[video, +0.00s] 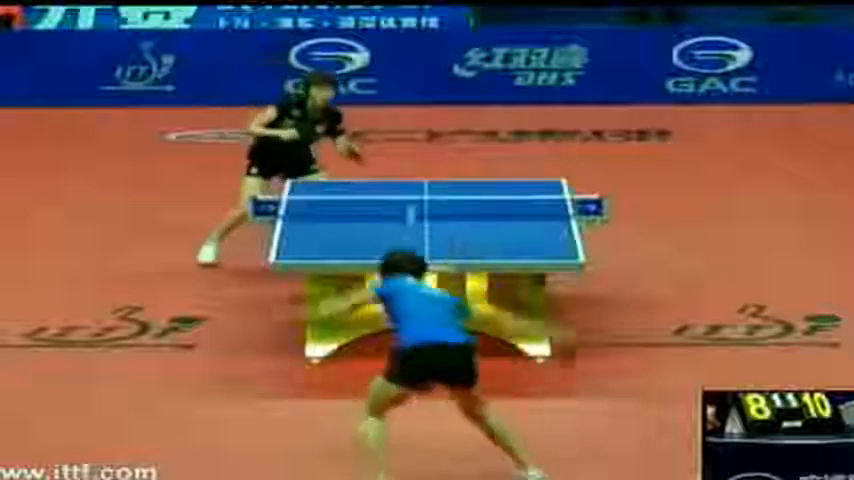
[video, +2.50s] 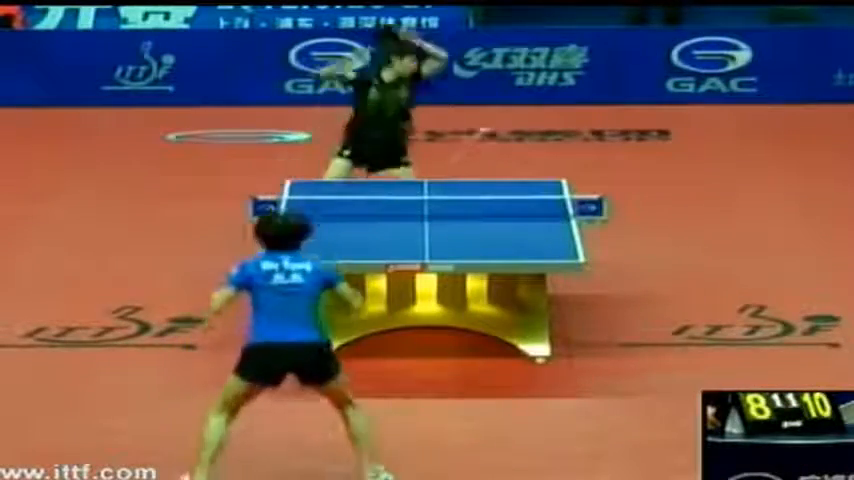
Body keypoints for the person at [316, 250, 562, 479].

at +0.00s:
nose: (382, 279)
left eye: (384, 274)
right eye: (385, 274)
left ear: (389, 273)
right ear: (420, 273)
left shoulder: (390, 285)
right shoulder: (444, 296)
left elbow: (348, 303)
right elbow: (492, 318)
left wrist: (319, 313)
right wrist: (535, 334)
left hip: (417, 352)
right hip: (459, 352)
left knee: (374, 414)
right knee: (477, 411)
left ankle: (379, 472)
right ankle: (529, 468)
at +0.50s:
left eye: (365, 235)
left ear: (369, 238)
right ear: (405, 238)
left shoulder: (358, 264)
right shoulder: (420, 264)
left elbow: (329, 304)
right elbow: (454, 301)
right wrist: (466, 291)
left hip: (371, 348)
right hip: (416, 348)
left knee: (336, 414)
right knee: (451, 408)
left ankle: (319, 473)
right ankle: (482, 470)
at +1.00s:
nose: (370, 261)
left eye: (373, 256)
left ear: (378, 258)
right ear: (412, 257)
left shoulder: (367, 286)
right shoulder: (434, 285)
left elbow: (336, 321)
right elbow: (456, 321)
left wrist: (326, 314)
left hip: (380, 367)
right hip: (428, 368)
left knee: (328, 424)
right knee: (472, 428)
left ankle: (310, 475)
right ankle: (501, 476)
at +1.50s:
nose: (170, 316)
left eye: (170, 308)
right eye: (169, 308)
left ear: (178, 306)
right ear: (201, 299)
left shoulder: (193, 317)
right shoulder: (222, 320)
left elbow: (179, 295)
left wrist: (157, 271)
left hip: (239, 391)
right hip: (275, 386)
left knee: (167, 427)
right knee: (329, 438)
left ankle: (177, 477)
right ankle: (402, 475)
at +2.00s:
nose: (195, 238)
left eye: (198, 233)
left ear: (205, 238)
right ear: (239, 236)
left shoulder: (197, 266)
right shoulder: (260, 262)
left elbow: (163, 304)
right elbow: (314, 285)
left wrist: (131, 318)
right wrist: (330, 270)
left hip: (225, 349)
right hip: (269, 345)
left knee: (195, 420)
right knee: (305, 404)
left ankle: (185, 474)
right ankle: (337, 465)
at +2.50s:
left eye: (259, 233)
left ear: (264, 239)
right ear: (299, 239)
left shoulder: (253, 268)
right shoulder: (316, 268)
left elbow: (219, 301)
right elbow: (355, 302)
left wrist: (209, 318)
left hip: (264, 351)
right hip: (310, 350)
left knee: (225, 411)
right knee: (347, 405)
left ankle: (201, 473)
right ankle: (370, 468)